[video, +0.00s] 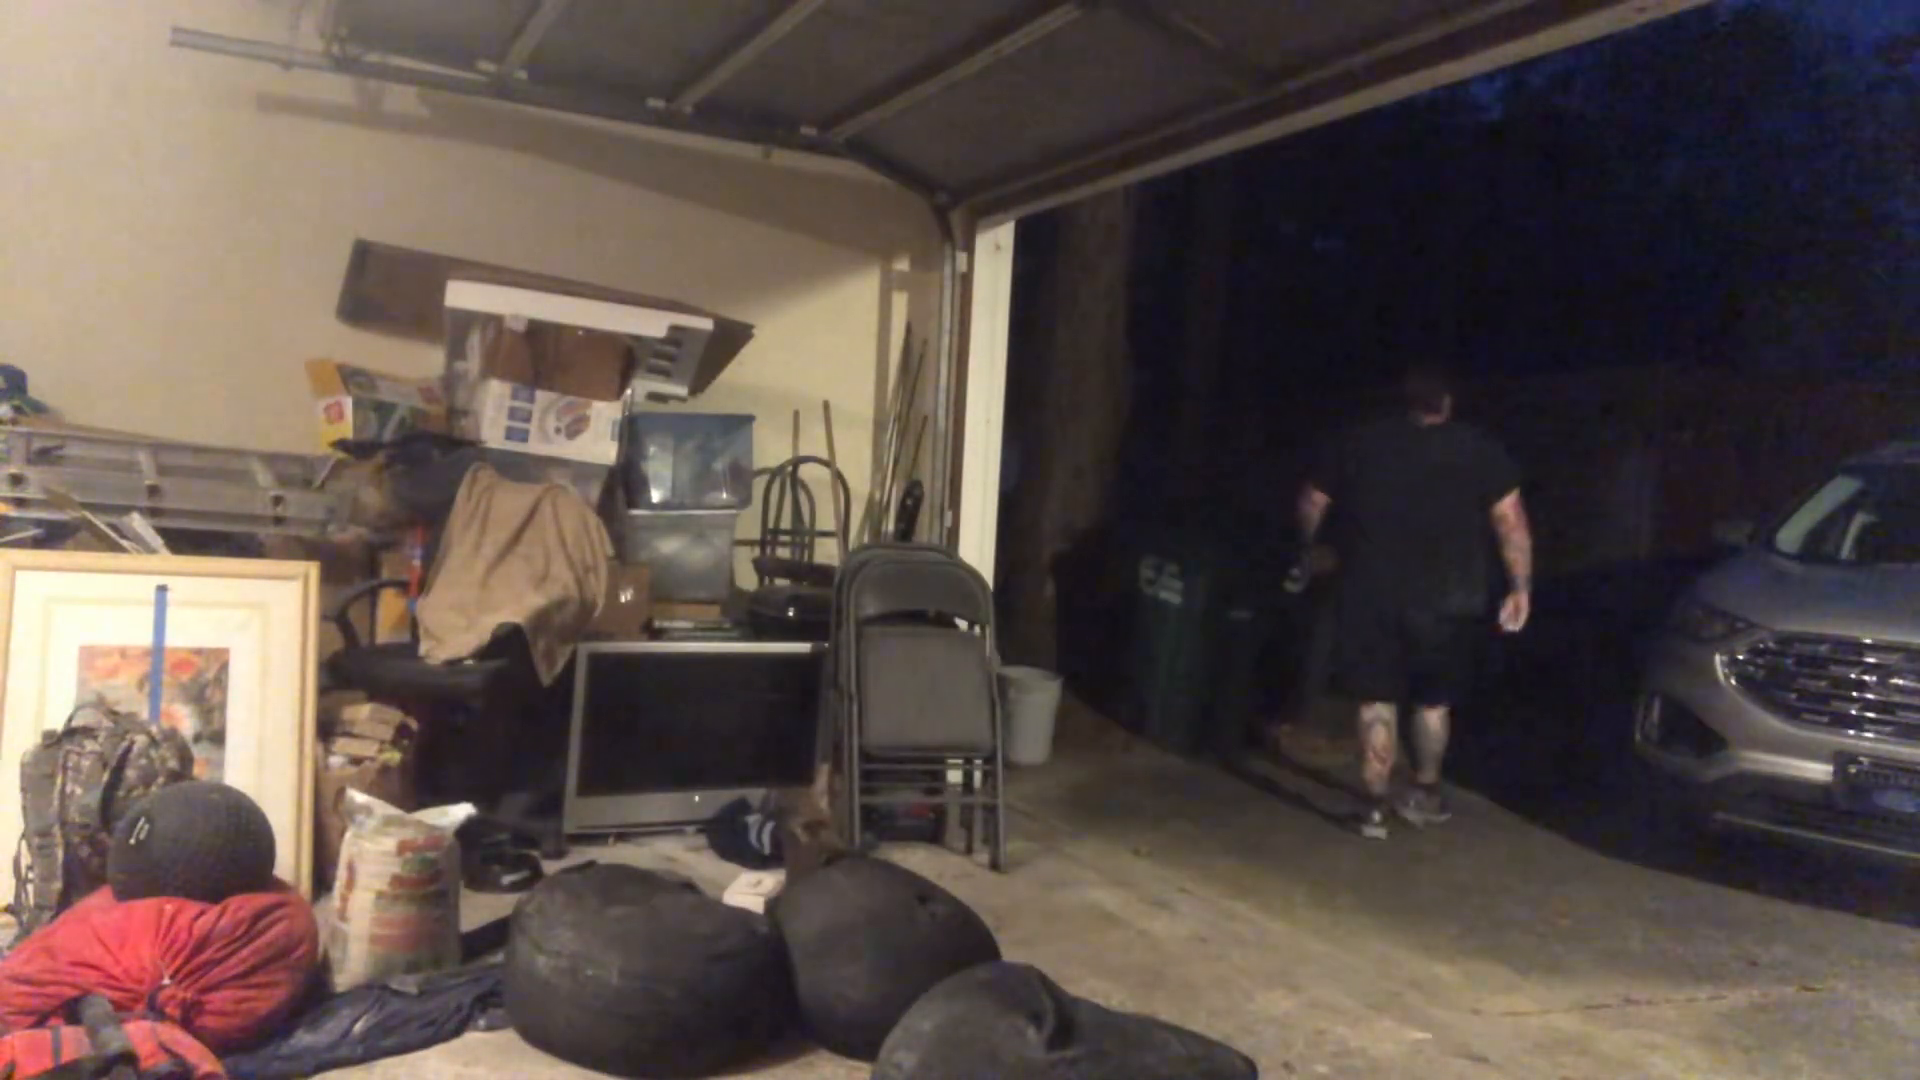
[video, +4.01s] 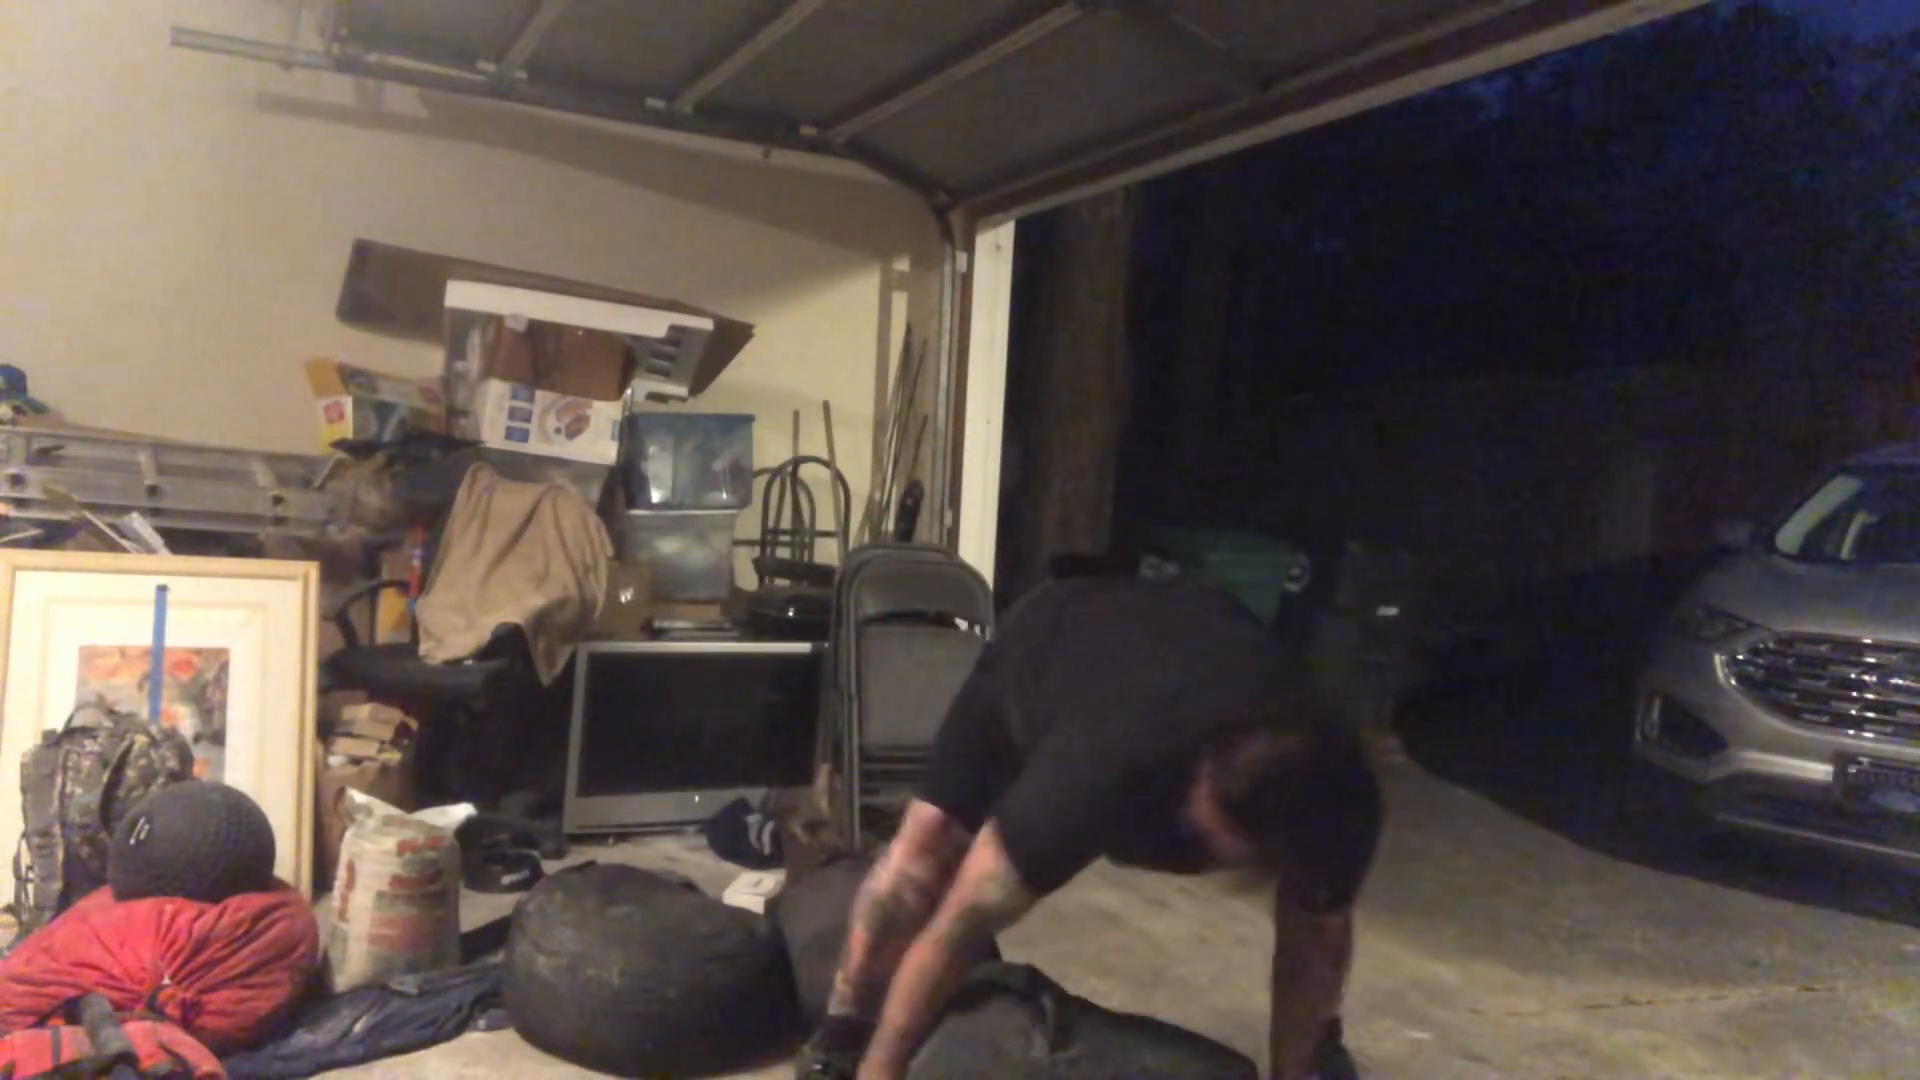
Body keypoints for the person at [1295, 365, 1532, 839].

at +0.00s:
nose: (1432, 408)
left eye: (1427, 397)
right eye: (1438, 398)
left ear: (1404, 400)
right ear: (1449, 403)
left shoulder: (1367, 443)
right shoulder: (1478, 450)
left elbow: (1314, 504)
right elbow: (1511, 523)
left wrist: (1307, 552)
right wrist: (1520, 586)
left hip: (1377, 590)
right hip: (1449, 594)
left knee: (1377, 700)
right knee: (1434, 699)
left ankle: (1373, 808)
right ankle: (1425, 796)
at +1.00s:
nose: (1377, 438)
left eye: (1384, 430)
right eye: (1369, 429)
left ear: (1395, 434)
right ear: (1353, 433)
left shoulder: (1401, 478)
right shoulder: (1332, 475)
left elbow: (1423, 521)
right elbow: (1284, 529)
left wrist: (1438, 561)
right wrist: (1310, 595)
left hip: (1386, 602)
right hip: (1341, 600)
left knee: (1361, 692)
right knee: (1342, 688)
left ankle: (1329, 757)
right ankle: (1321, 762)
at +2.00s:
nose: (1284, 373)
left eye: (1296, 364)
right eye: (1274, 363)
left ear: (1317, 369)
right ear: (1260, 370)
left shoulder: (1349, 427)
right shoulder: (1227, 426)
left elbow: (1399, 496)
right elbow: (1183, 495)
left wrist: (1389, 577)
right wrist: (1165, 570)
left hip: (1311, 593)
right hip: (1235, 587)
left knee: (1295, 714)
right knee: (1221, 701)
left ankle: (1280, 824)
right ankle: (1236, 802)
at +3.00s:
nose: (1226, 327)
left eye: (1244, 312)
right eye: (1213, 308)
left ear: (1273, 315)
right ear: (1188, 304)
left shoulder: (1312, 397)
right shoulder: (1128, 373)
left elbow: (1362, 514)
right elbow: (1052, 467)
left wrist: (1349, 630)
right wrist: (1046, 589)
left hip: (1241, 636)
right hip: (1123, 624)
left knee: (1224, 798)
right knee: (1074, 763)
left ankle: (1213, 962)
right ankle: (1142, 888)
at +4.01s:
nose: (1235, 867)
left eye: (1260, 863)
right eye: (1229, 850)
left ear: (1310, 831)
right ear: (1206, 797)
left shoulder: (1328, 800)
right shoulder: (1099, 772)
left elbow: (1318, 934)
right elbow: (964, 924)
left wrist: (1288, 1069)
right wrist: (879, 1067)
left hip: (1195, 633)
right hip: (1044, 636)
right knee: (914, 873)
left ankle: (1313, 1054)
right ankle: (844, 1034)